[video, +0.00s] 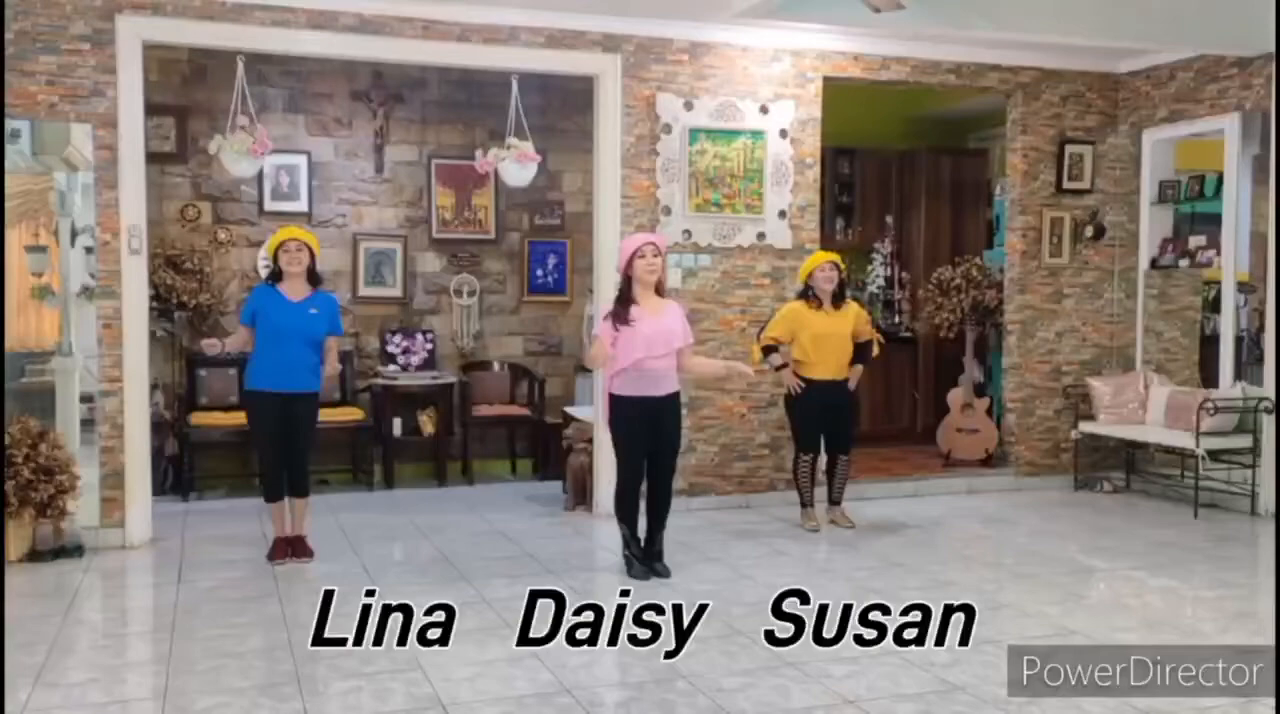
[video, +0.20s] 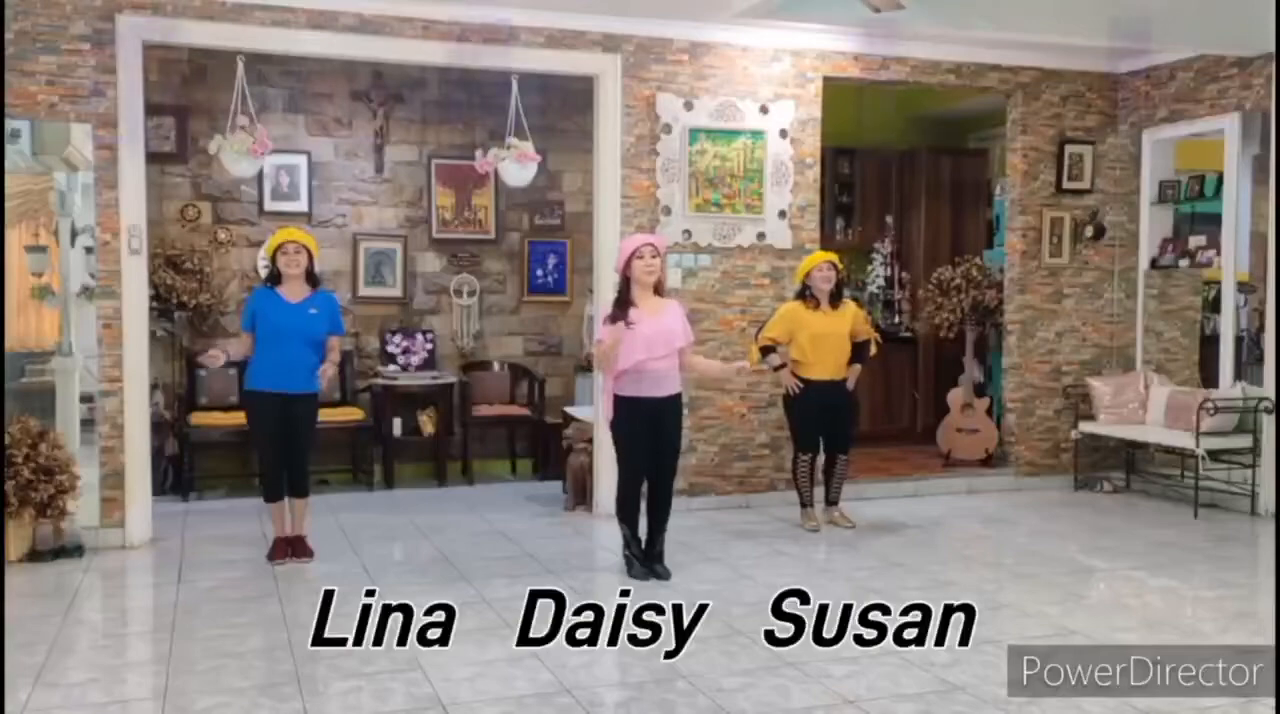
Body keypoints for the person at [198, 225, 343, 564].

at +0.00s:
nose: (293, 255)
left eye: (299, 250)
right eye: (286, 251)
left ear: (310, 257)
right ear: (277, 259)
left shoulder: (325, 301)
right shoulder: (261, 295)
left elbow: (331, 348)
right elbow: (245, 338)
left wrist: (331, 364)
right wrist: (223, 345)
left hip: (304, 391)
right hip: (263, 390)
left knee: (298, 460)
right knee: (270, 462)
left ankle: (299, 535)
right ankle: (281, 536)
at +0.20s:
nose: (291, 258)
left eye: (298, 252)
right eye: (284, 252)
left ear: (309, 259)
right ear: (274, 260)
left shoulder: (325, 301)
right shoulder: (260, 298)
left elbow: (334, 344)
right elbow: (247, 343)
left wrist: (331, 363)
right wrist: (225, 351)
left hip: (304, 392)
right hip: (262, 391)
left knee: (298, 461)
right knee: (270, 463)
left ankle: (299, 535)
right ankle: (281, 536)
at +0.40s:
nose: (291, 256)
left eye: (298, 251)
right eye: (285, 250)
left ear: (308, 259)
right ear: (273, 258)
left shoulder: (323, 299)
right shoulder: (259, 298)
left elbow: (334, 339)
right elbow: (246, 340)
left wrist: (335, 359)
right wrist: (236, 363)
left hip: (305, 391)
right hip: (265, 390)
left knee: (299, 460)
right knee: (271, 462)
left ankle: (299, 535)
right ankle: (280, 536)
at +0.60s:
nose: (291, 255)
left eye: (298, 250)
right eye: (284, 249)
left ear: (306, 259)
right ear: (272, 256)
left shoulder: (321, 297)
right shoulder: (257, 298)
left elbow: (334, 336)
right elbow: (245, 338)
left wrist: (342, 350)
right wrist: (245, 364)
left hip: (308, 391)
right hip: (268, 390)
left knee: (301, 461)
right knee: (274, 461)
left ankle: (299, 535)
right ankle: (281, 536)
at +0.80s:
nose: (290, 257)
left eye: (297, 252)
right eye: (284, 250)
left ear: (305, 260)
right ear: (270, 257)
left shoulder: (319, 297)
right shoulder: (254, 300)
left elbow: (333, 336)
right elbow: (245, 341)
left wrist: (342, 350)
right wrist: (246, 361)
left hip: (310, 391)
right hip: (269, 391)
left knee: (302, 461)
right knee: (275, 461)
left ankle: (299, 535)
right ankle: (281, 536)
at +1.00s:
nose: (291, 257)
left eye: (297, 252)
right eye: (284, 251)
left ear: (304, 261)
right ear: (271, 257)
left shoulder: (318, 297)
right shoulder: (254, 300)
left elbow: (333, 337)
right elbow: (248, 343)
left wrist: (337, 345)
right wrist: (236, 346)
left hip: (311, 390)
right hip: (270, 391)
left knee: (302, 461)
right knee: (275, 462)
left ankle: (298, 535)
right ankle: (280, 536)